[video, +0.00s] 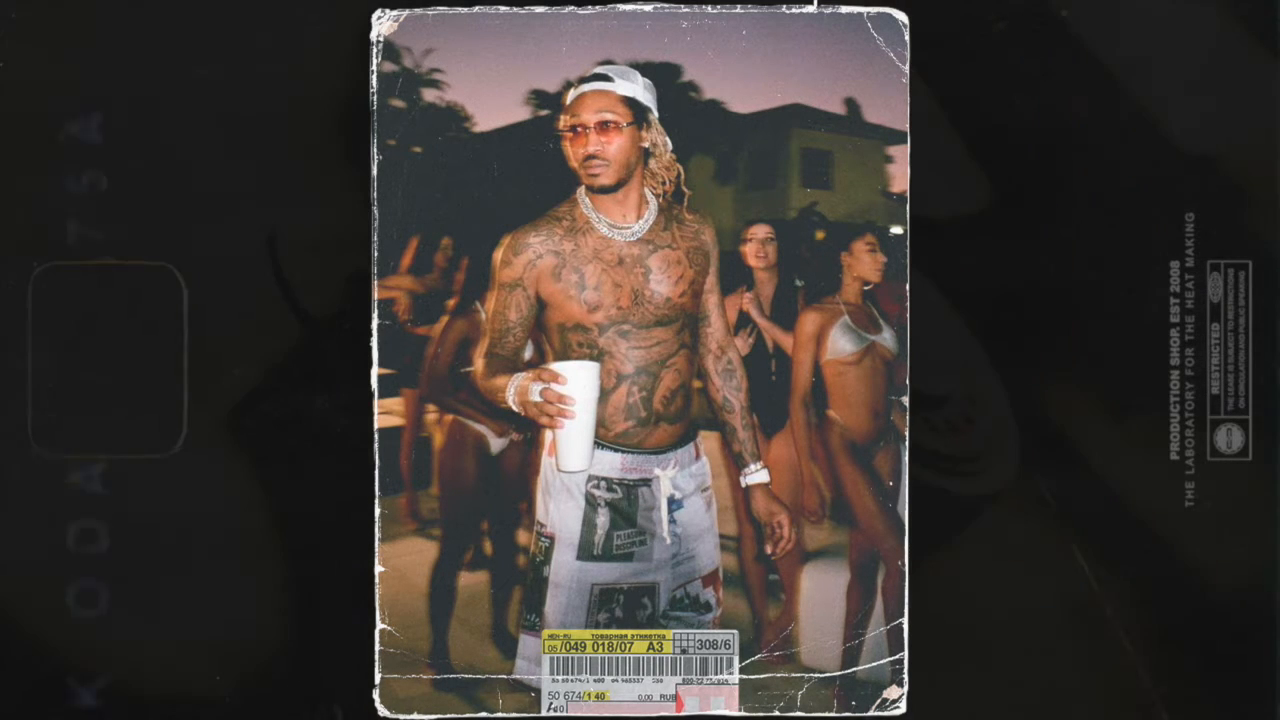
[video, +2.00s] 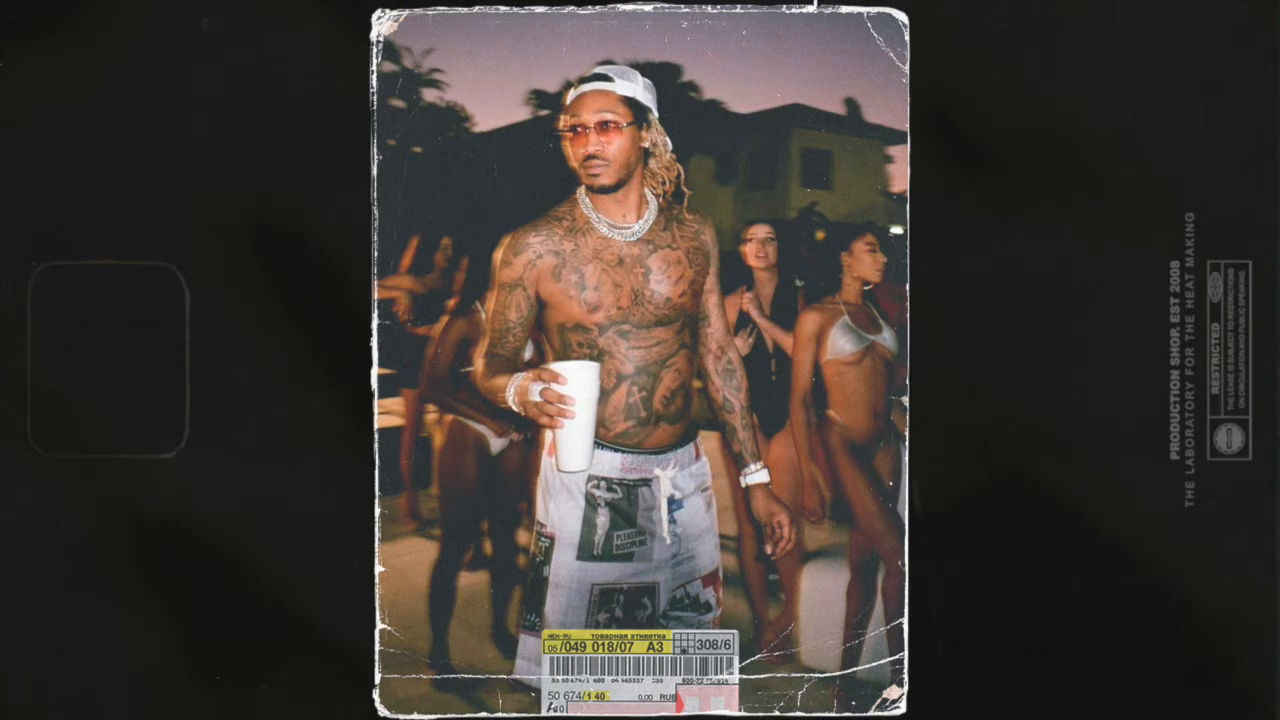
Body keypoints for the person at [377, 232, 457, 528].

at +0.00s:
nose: (445, 254)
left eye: (450, 249)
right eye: (441, 248)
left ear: (455, 254)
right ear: (431, 250)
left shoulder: (458, 275)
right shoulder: (415, 282)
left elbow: (461, 302)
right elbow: (397, 283)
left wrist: (437, 327)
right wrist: (404, 300)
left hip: (445, 349)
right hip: (417, 346)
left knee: (449, 427)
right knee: (412, 428)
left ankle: (451, 499)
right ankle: (410, 502)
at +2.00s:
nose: (446, 255)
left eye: (451, 250)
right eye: (442, 249)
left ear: (455, 255)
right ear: (431, 252)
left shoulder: (454, 283)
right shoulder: (414, 283)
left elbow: (459, 315)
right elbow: (401, 321)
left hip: (444, 354)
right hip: (416, 352)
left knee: (449, 426)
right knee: (413, 427)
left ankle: (450, 499)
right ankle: (410, 500)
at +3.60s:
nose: (446, 254)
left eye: (450, 250)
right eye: (442, 248)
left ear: (455, 255)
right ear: (430, 252)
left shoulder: (455, 282)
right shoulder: (414, 282)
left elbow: (462, 314)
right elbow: (380, 287)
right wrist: (403, 293)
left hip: (445, 353)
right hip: (416, 350)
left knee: (450, 426)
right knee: (413, 428)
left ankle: (451, 499)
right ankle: (411, 501)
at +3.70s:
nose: (446, 255)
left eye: (450, 250)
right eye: (442, 249)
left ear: (455, 255)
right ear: (430, 252)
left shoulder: (455, 283)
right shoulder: (415, 282)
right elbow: (380, 287)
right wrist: (403, 293)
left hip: (445, 354)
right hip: (416, 351)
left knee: (450, 427)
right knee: (413, 429)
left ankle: (451, 499)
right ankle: (410, 501)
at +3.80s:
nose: (446, 254)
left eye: (450, 250)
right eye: (442, 248)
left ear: (455, 255)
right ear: (430, 252)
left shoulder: (455, 283)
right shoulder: (414, 282)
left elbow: (462, 315)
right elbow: (379, 287)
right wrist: (403, 293)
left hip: (445, 353)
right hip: (416, 351)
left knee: (450, 426)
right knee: (413, 428)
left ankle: (451, 499)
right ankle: (411, 502)